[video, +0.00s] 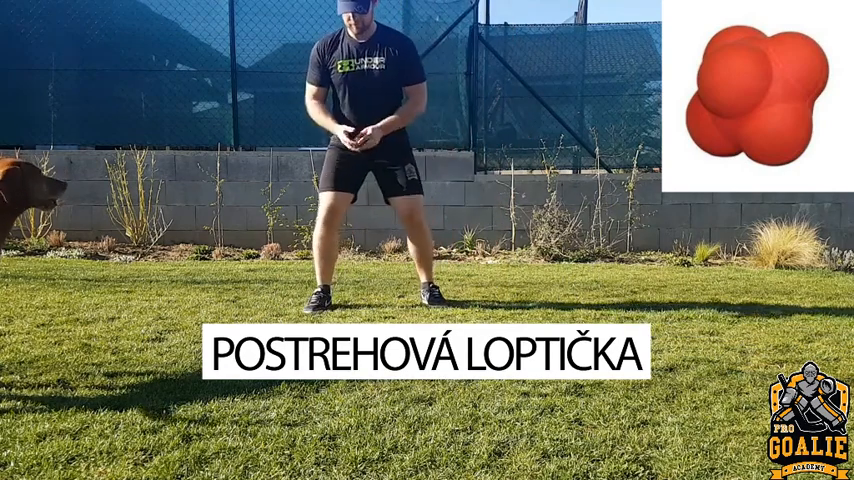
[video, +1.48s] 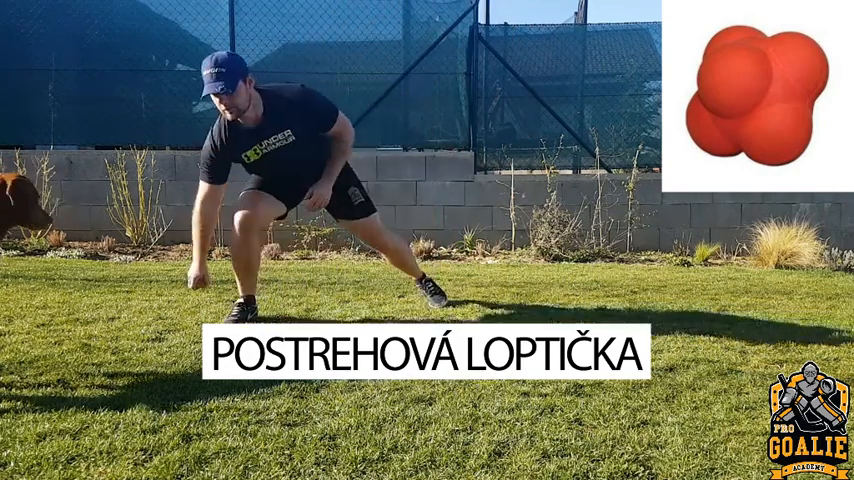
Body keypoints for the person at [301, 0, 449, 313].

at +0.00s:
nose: (354, 19)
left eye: (360, 12)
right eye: (348, 13)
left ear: (373, 7)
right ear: (340, 11)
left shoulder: (400, 45)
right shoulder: (325, 48)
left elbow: (418, 101)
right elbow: (313, 103)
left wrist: (381, 129)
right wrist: (337, 128)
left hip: (391, 141)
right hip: (344, 143)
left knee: (412, 213)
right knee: (328, 212)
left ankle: (429, 287)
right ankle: (323, 290)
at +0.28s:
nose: (348, 21)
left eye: (354, 14)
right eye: (341, 15)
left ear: (366, 8)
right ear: (333, 14)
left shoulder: (394, 43)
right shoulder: (321, 50)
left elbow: (418, 97)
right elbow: (309, 106)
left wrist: (388, 123)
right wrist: (324, 74)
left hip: (391, 141)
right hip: (346, 143)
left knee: (414, 212)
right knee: (329, 212)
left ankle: (428, 286)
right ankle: (323, 290)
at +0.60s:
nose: (359, 22)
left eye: (365, 14)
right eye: (353, 16)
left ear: (380, 9)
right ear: (346, 16)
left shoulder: (410, 46)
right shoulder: (336, 57)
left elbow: (434, 98)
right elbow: (327, 112)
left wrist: (406, 130)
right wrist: (319, 164)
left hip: (405, 143)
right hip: (361, 145)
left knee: (421, 214)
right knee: (340, 212)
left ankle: (429, 286)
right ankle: (324, 290)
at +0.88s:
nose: (354, 24)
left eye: (361, 16)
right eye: (349, 18)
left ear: (378, 12)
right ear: (343, 19)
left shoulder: (410, 53)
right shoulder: (335, 62)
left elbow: (431, 110)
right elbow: (319, 113)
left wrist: (406, 148)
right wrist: (303, 159)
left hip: (405, 147)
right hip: (360, 145)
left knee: (416, 221)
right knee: (332, 201)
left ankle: (429, 287)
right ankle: (314, 281)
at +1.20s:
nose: (289, 76)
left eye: (294, 67)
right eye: (282, 70)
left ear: (313, 62)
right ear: (276, 72)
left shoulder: (348, 87)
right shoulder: (282, 111)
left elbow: (392, 126)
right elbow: (250, 143)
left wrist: (377, 169)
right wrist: (214, 168)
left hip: (367, 164)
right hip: (320, 170)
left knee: (406, 234)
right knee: (287, 217)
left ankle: (428, 287)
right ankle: (252, 299)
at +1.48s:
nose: (222, 101)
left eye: (227, 91)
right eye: (215, 95)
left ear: (248, 82)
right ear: (209, 94)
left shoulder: (296, 99)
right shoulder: (221, 139)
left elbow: (344, 130)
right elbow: (207, 200)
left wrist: (327, 181)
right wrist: (198, 263)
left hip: (325, 170)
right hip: (278, 181)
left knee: (378, 239)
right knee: (244, 221)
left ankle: (422, 280)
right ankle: (247, 303)